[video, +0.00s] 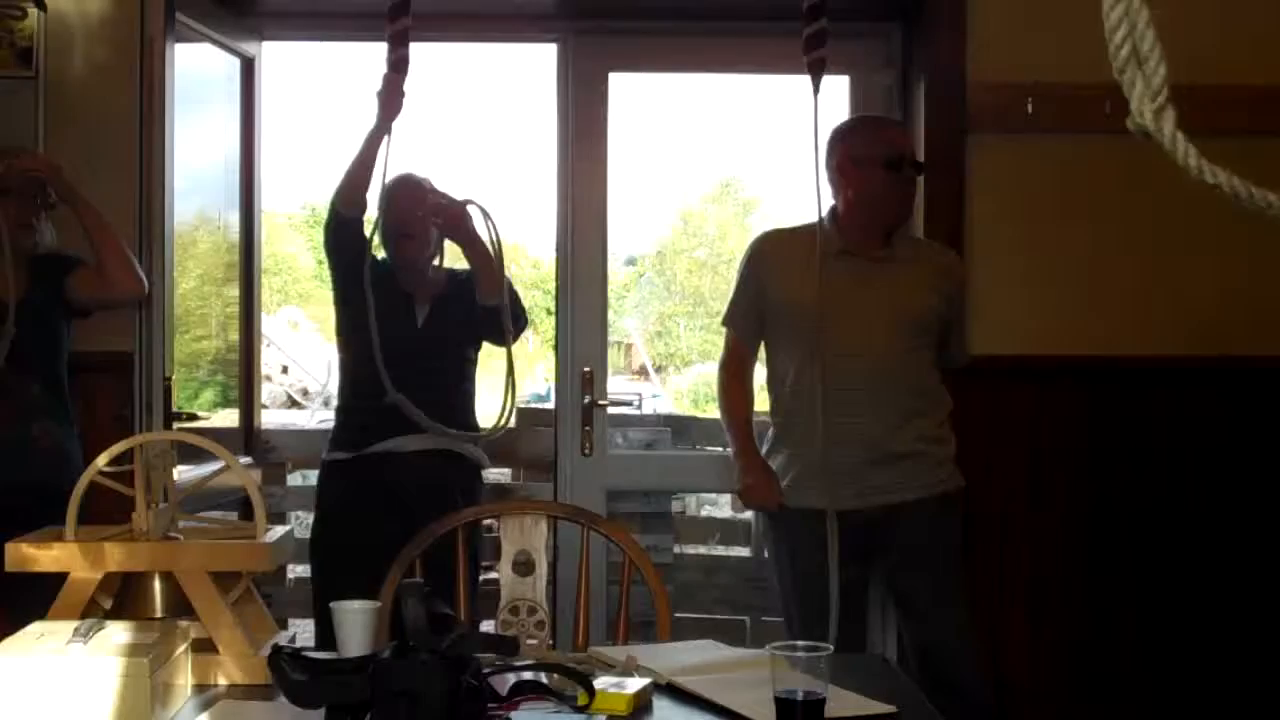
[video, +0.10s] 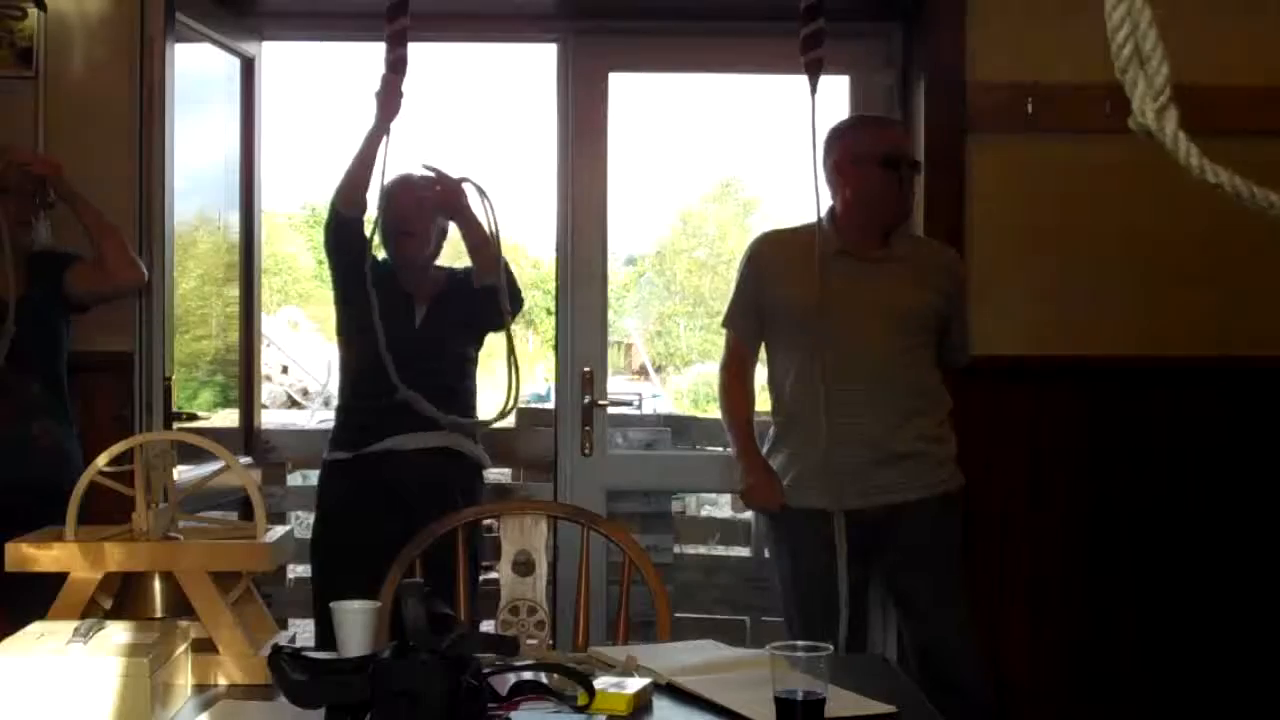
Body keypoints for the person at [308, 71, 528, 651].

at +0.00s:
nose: (401, 230)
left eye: (414, 218)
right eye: (393, 219)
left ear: (438, 225)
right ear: (379, 227)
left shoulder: (469, 291)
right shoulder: (361, 284)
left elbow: (510, 326)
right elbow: (342, 217)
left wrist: (467, 235)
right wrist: (381, 125)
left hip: (445, 477)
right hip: (361, 477)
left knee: (445, 632)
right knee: (350, 638)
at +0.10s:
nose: (405, 230)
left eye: (418, 220)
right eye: (396, 219)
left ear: (441, 230)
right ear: (380, 227)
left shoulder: (467, 292)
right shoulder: (361, 287)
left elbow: (507, 300)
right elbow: (343, 217)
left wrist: (464, 215)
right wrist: (380, 125)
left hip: (445, 476)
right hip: (361, 475)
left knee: (445, 630)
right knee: (350, 637)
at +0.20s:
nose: (411, 219)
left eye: (422, 210)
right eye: (398, 210)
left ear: (440, 225)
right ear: (379, 228)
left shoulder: (464, 293)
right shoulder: (358, 287)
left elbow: (494, 262)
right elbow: (341, 215)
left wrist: (456, 180)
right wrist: (378, 126)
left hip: (445, 474)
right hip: (359, 475)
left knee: (446, 633)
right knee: (351, 641)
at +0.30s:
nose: (408, 216)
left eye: (418, 209)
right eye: (394, 208)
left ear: (435, 227)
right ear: (375, 227)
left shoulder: (455, 293)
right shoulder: (355, 289)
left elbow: (476, 225)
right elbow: (341, 215)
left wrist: (441, 140)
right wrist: (380, 126)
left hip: (442, 480)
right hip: (357, 480)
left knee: (442, 649)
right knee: (350, 658)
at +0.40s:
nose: (400, 207)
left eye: (411, 201)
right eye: (386, 202)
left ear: (429, 226)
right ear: (368, 225)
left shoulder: (450, 285)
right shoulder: (349, 287)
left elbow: (461, 193)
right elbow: (338, 216)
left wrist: (426, 105)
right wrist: (381, 123)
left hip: (438, 468)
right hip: (354, 466)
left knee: (439, 631)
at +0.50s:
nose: (389, 208)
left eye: (400, 202)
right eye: (378, 202)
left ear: (421, 222)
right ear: (362, 224)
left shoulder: (444, 281)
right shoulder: (344, 286)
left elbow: (452, 175)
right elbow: (330, 220)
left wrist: (418, 84)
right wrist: (376, 131)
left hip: (435, 468)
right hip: (351, 468)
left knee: (436, 638)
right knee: (344, 645)